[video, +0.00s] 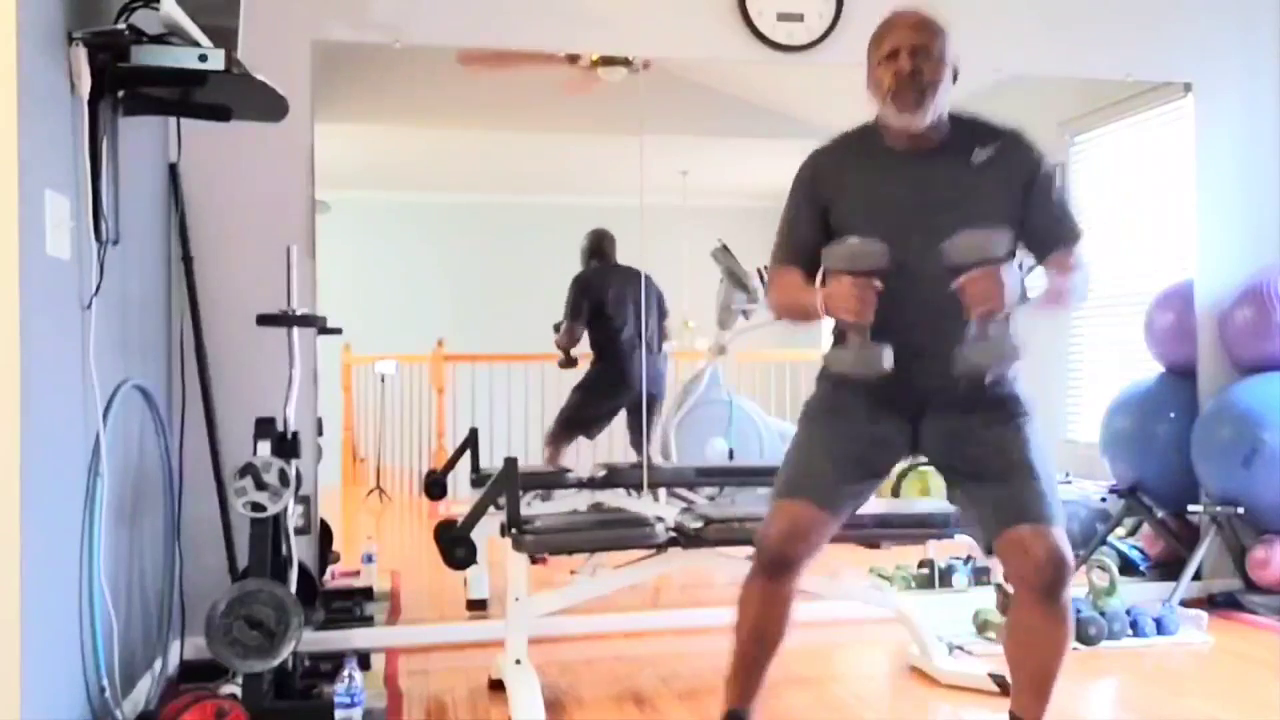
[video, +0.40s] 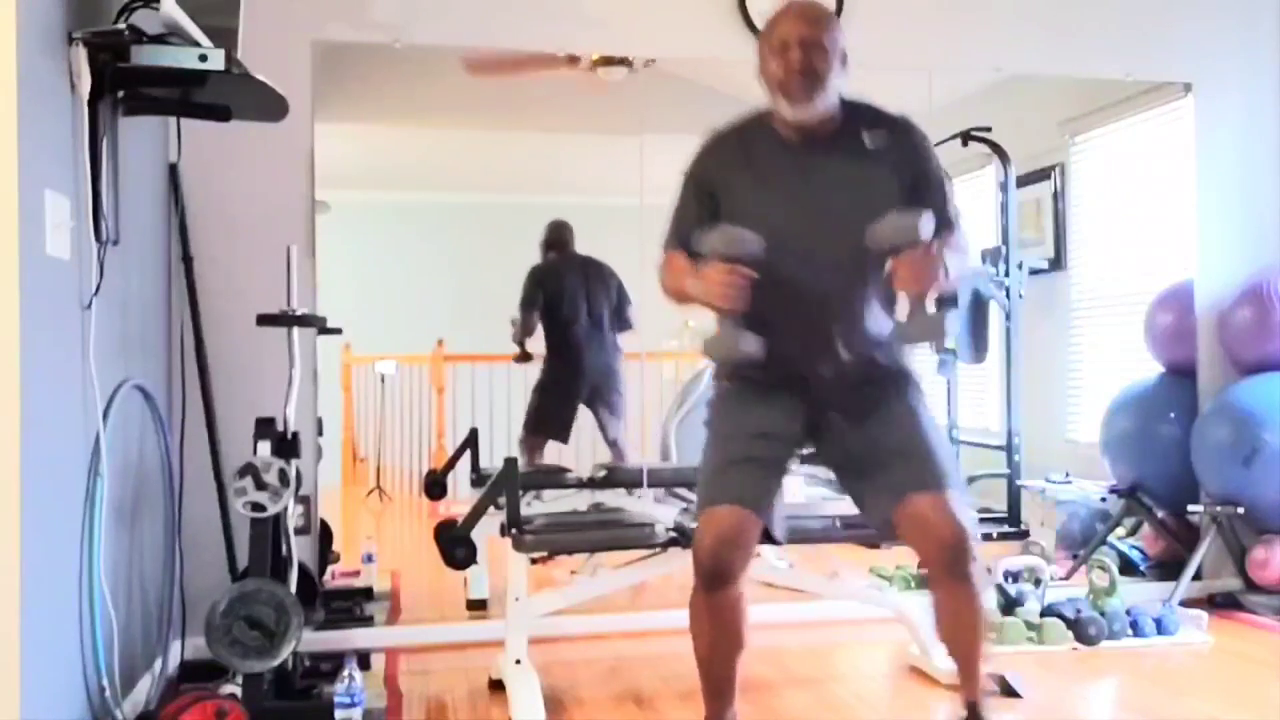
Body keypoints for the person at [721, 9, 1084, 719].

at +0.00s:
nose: (904, 66)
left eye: (921, 54)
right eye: (889, 56)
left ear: (951, 72)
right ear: (870, 76)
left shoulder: (1007, 157)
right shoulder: (828, 169)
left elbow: (1067, 272)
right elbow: (782, 289)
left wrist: (1018, 286)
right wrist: (822, 296)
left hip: (975, 399)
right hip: (859, 394)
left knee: (1045, 565)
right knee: (778, 547)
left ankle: (1027, 716)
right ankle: (736, 710)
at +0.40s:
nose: (796, 61)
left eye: (812, 46)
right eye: (781, 48)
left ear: (842, 56)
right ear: (760, 62)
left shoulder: (894, 142)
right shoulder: (726, 155)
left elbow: (955, 250)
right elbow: (674, 265)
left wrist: (934, 267)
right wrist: (702, 282)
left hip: (867, 376)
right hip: (758, 380)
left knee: (946, 538)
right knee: (717, 555)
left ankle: (975, 703)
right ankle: (718, 713)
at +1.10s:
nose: (711, 95)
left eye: (726, 83)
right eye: (696, 82)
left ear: (751, 98)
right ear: (674, 98)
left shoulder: (796, 186)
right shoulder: (631, 193)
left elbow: (842, 309)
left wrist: (806, 306)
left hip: (765, 418)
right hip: (653, 414)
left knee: (856, 566)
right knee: (562, 567)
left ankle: (810, 716)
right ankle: (522, 713)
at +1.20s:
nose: (681, 140)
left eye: (697, 127)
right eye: (665, 127)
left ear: (721, 142)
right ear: (643, 144)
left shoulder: (766, 224)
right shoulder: (602, 229)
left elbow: (809, 365)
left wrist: (778, 342)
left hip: (744, 447)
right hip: (625, 450)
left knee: (860, 575)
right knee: (530, 588)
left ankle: (810, 714)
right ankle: (515, 715)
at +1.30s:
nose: (649, 136)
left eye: (665, 122)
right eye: (634, 121)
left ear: (691, 135)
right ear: (612, 134)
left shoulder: (740, 218)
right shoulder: (570, 224)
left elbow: (792, 342)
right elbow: (516, 347)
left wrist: (765, 335)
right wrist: (583, 341)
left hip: (719, 437)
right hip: (602, 439)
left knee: (831, 569)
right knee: (521, 591)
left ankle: (805, 715)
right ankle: (514, 717)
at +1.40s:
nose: (625, 85)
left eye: (642, 72)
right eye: (610, 70)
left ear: (669, 85)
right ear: (586, 81)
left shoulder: (716, 174)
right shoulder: (544, 176)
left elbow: (747, 287)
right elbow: (482, 278)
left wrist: (756, 297)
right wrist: (514, 300)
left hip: (686, 400)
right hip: (570, 403)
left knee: (775, 555)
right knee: (517, 575)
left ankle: (789, 713)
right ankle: (511, 717)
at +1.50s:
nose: (614, 30)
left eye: (631, 14)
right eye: (598, 15)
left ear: (658, 23)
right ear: (575, 25)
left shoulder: (702, 119)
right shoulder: (528, 118)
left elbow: (743, 223)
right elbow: (472, 211)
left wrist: (761, 255)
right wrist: (466, 249)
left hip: (666, 368)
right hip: (550, 372)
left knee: (739, 541)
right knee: (515, 560)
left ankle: (739, 699)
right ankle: (511, 718)